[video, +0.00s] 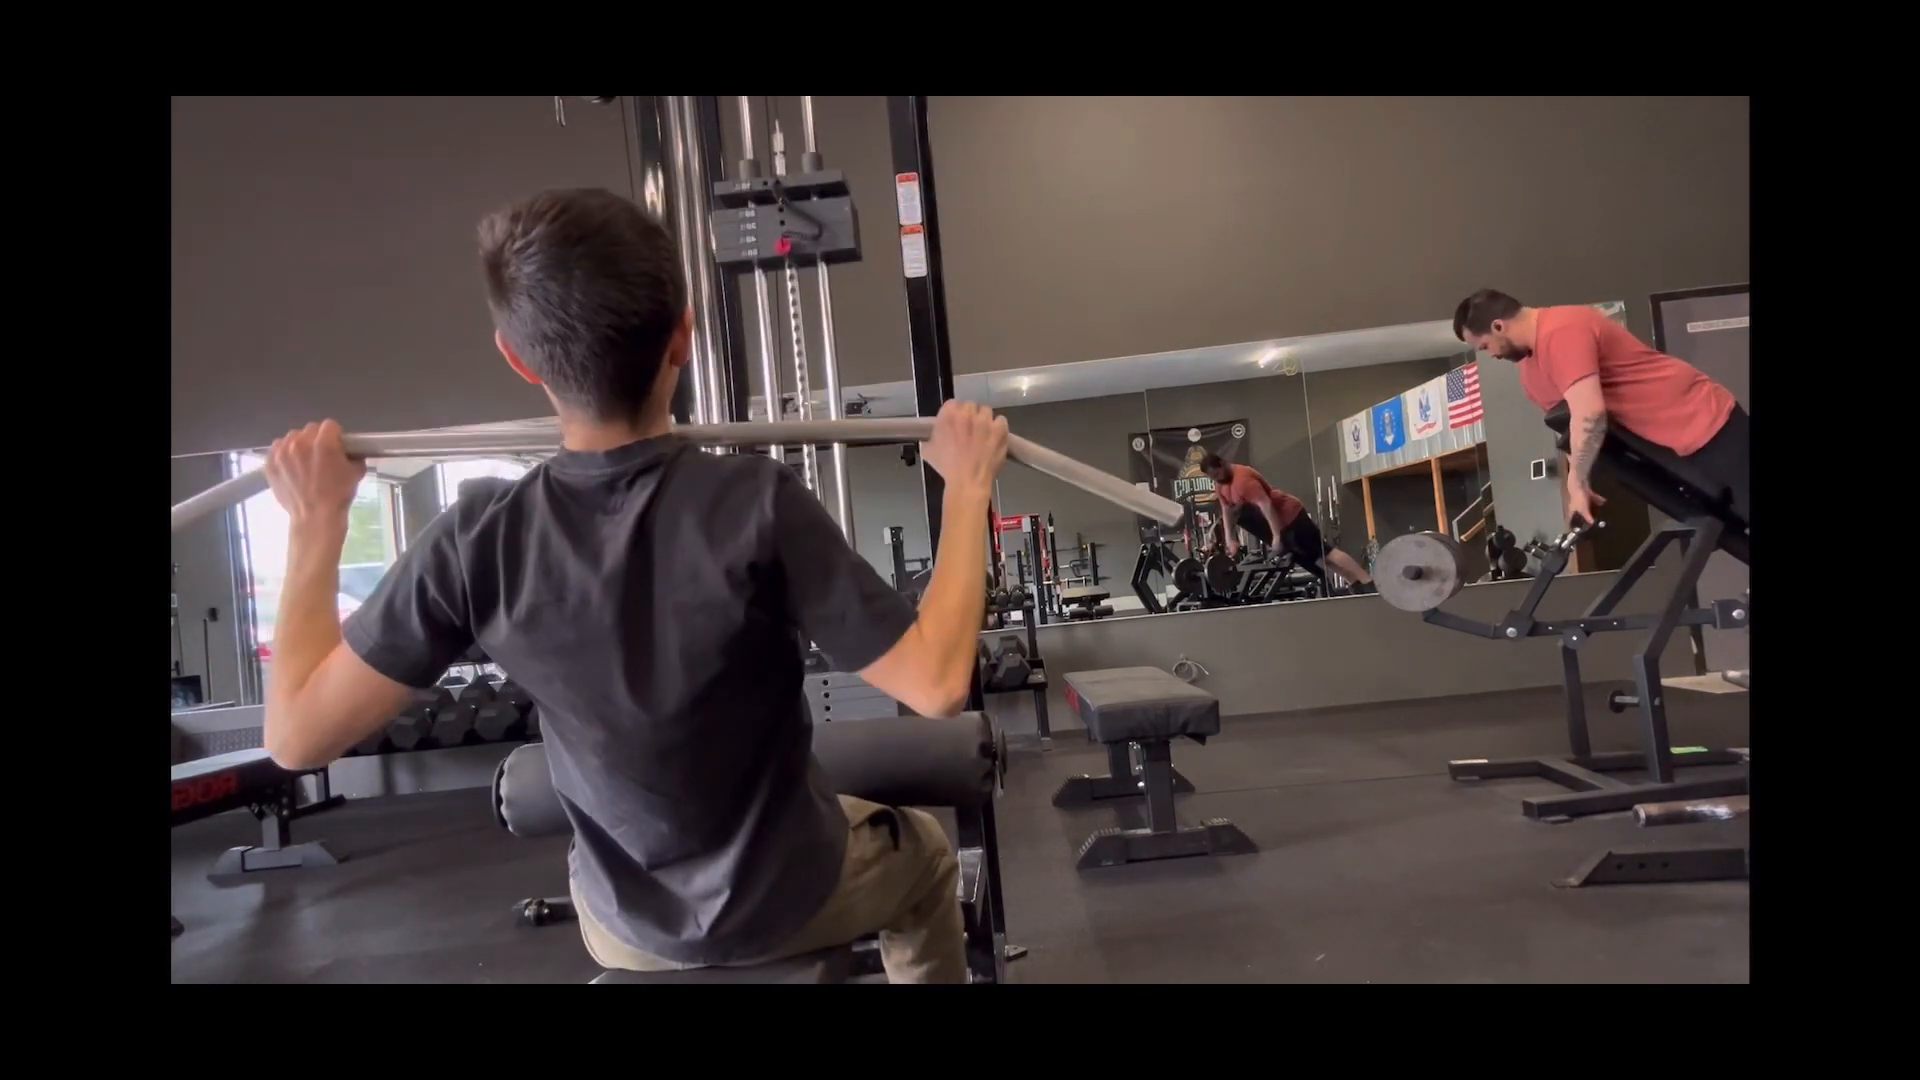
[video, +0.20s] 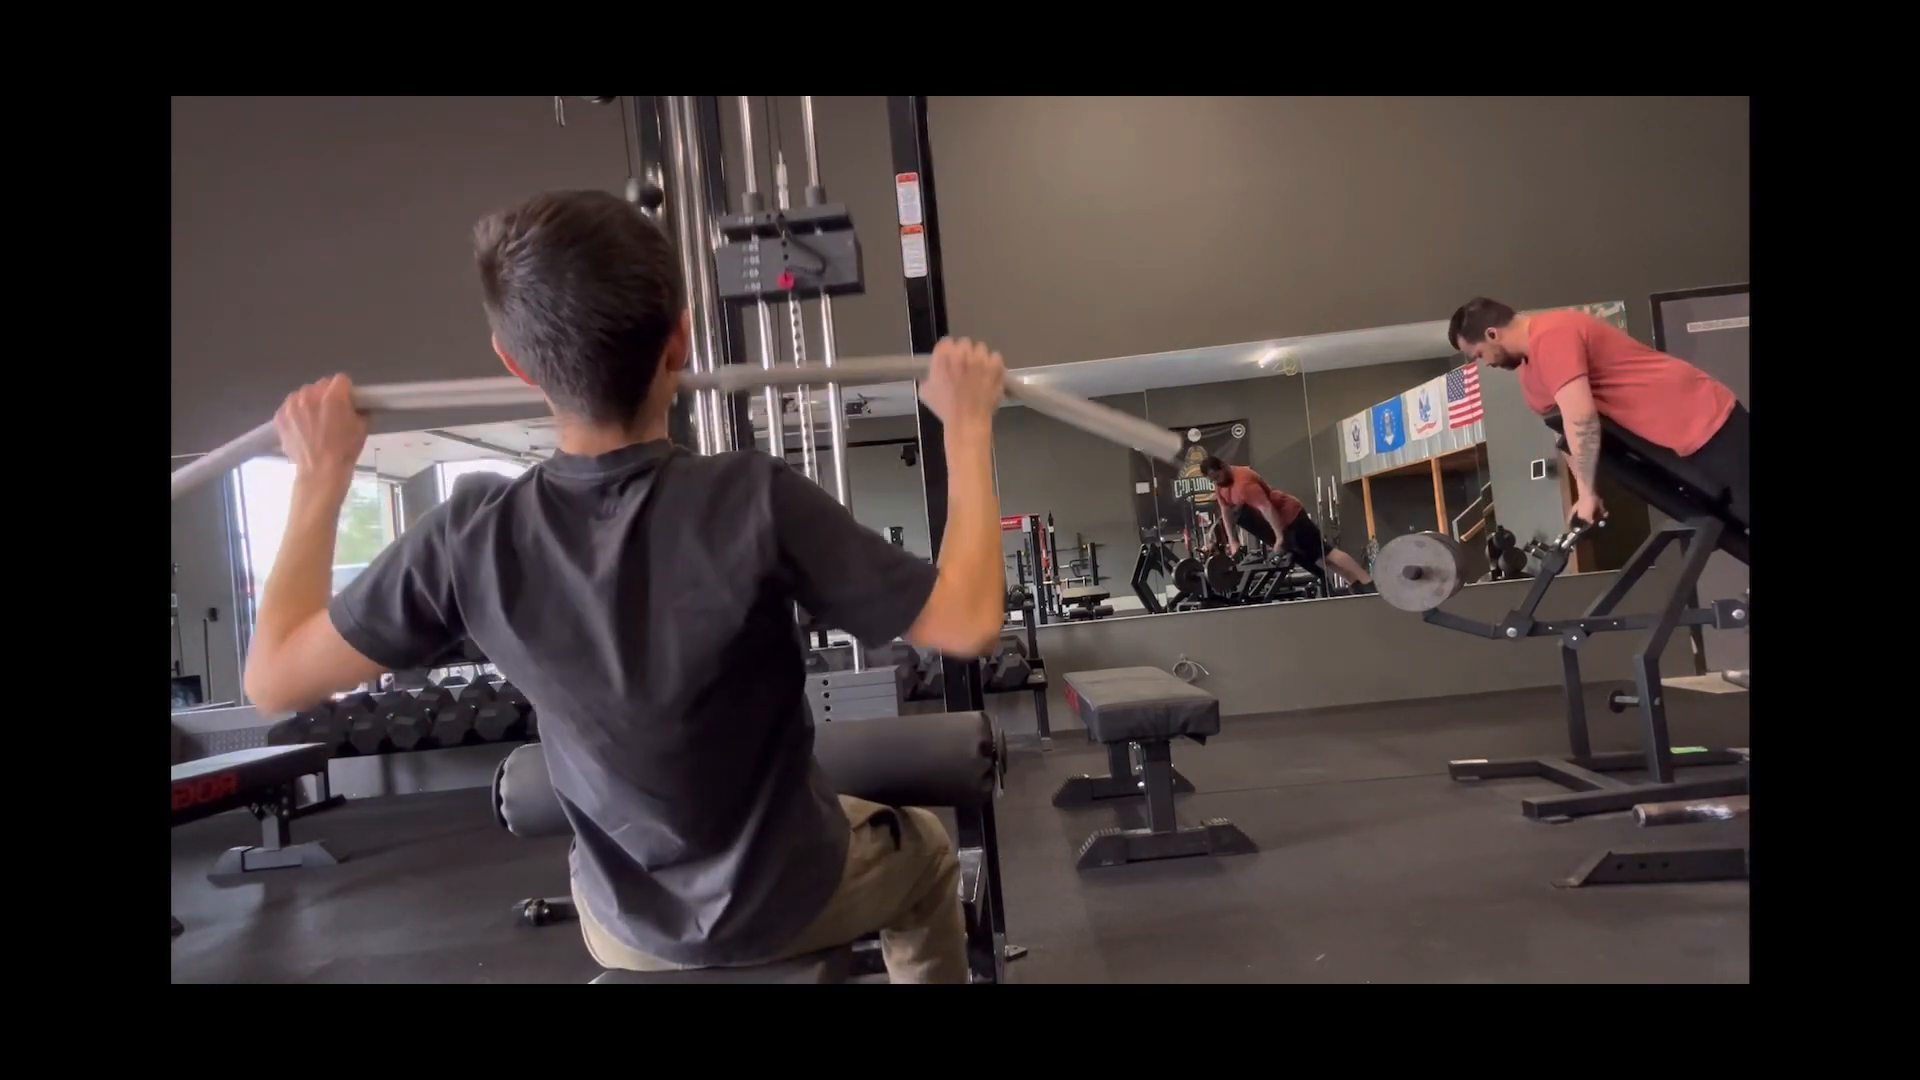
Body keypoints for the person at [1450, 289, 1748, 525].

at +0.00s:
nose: (1490, 356)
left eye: (1484, 346)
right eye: (1483, 350)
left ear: (1499, 326)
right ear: (1499, 329)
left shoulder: (1561, 329)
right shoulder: (1530, 373)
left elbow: (1591, 418)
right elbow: (1568, 431)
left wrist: (1578, 480)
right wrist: (1574, 486)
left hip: (1706, 423)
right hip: (1667, 453)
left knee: (1746, 515)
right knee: (1730, 534)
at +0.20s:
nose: (1484, 364)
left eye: (1478, 354)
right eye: (1476, 359)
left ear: (1493, 334)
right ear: (1494, 335)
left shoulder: (1550, 336)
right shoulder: (1528, 365)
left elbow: (1584, 422)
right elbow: (1565, 434)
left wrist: (1587, 494)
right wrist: (1581, 493)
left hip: (1704, 420)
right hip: (1676, 440)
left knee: (1744, 513)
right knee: (1729, 525)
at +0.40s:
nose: (1483, 365)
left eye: (1477, 356)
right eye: (1476, 360)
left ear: (1493, 335)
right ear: (1493, 337)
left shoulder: (1550, 335)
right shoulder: (1527, 367)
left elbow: (1583, 422)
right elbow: (1566, 431)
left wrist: (1587, 494)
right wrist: (1583, 492)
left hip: (1701, 416)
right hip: (1672, 439)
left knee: (1745, 510)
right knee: (1730, 522)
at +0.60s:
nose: (1487, 363)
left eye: (1480, 354)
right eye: (1479, 358)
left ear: (1496, 332)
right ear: (1497, 334)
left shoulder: (1548, 338)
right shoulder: (1530, 366)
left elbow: (1580, 427)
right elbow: (1562, 438)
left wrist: (1587, 498)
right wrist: (1572, 506)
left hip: (1708, 422)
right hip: (1680, 442)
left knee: (1744, 523)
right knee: (1731, 530)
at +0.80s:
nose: (1487, 362)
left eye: (1481, 353)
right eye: (1479, 357)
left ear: (1497, 329)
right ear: (1497, 333)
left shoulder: (1547, 338)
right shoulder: (1527, 373)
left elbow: (1576, 425)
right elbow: (1556, 442)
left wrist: (1583, 494)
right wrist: (1570, 505)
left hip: (1708, 420)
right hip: (1680, 443)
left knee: (1745, 519)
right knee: (1733, 529)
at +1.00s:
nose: (1492, 356)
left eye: (1487, 346)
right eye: (1483, 351)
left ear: (1503, 320)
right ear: (1502, 323)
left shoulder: (1549, 336)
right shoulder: (1526, 371)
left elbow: (1578, 427)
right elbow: (1553, 436)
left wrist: (1578, 494)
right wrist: (1561, 500)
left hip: (1706, 420)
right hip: (1677, 444)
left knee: (1744, 521)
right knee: (1730, 531)